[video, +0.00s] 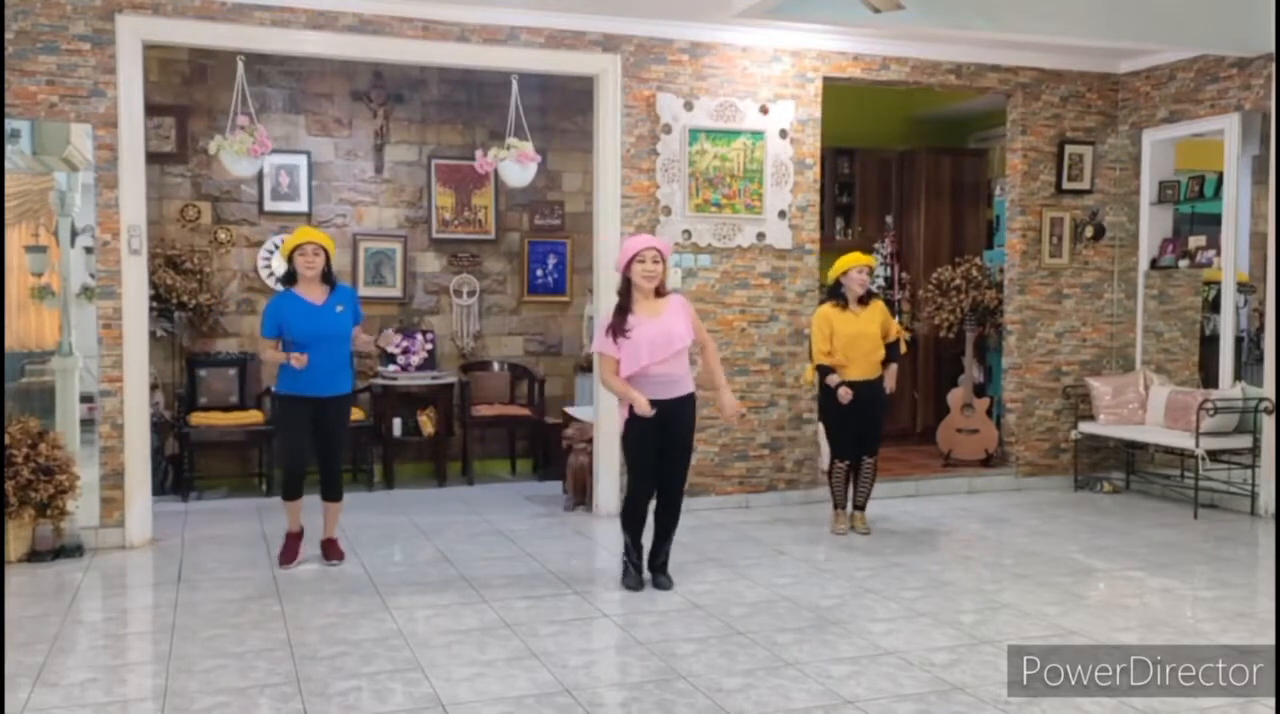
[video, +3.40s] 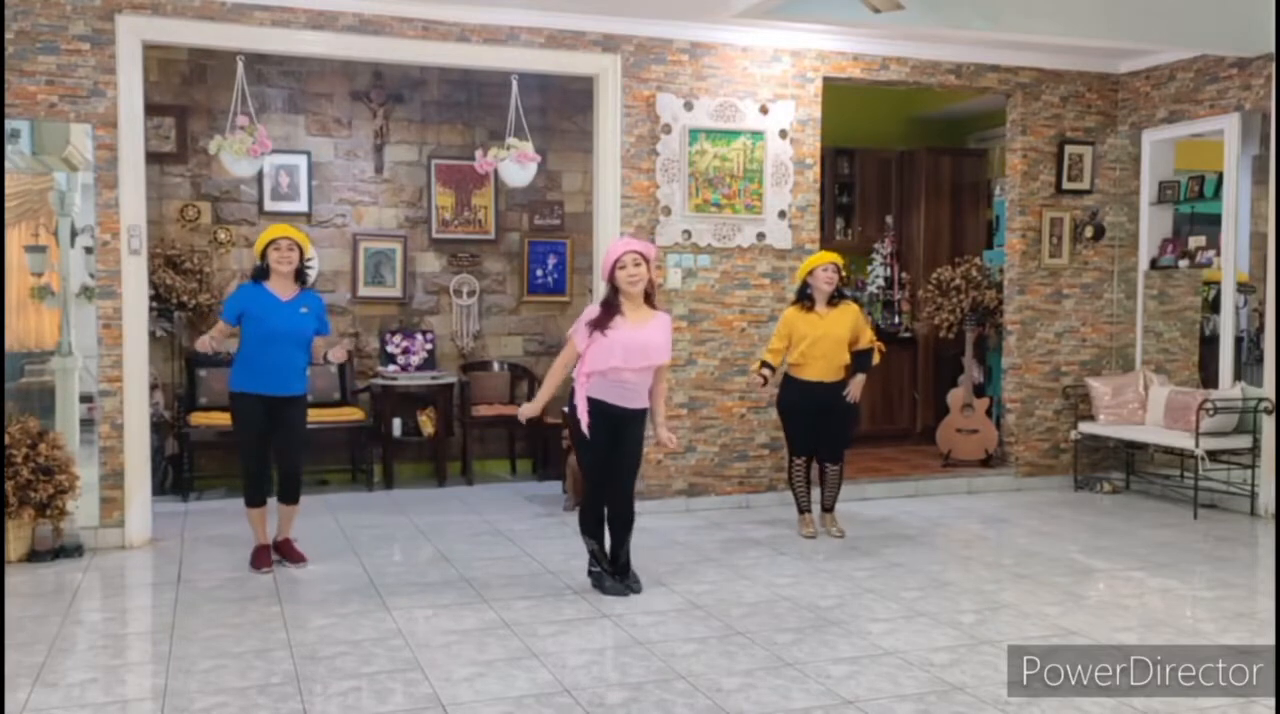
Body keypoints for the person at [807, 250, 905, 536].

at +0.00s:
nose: (865, 279)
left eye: (868, 273)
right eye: (859, 273)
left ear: (870, 278)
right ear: (842, 278)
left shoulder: (877, 308)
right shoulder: (825, 313)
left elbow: (894, 337)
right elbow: (820, 356)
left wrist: (891, 368)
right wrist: (836, 383)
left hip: (871, 387)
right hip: (837, 388)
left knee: (868, 452)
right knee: (841, 453)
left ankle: (859, 512)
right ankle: (839, 511)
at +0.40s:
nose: (856, 276)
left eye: (859, 271)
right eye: (849, 271)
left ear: (864, 278)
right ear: (834, 279)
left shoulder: (871, 314)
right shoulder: (818, 312)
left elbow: (888, 346)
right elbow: (801, 351)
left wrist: (880, 373)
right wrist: (794, 384)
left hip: (857, 391)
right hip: (821, 389)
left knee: (858, 453)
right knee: (818, 453)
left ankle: (857, 512)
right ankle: (811, 514)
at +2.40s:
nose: (858, 274)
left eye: (861, 269)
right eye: (851, 270)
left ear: (866, 276)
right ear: (837, 278)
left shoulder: (877, 309)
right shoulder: (825, 315)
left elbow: (895, 340)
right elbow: (816, 357)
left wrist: (890, 370)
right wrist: (825, 388)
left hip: (869, 388)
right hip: (835, 387)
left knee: (866, 452)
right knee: (834, 453)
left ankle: (858, 512)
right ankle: (832, 512)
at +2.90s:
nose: (843, 273)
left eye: (847, 269)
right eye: (836, 269)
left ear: (853, 277)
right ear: (823, 276)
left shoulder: (862, 313)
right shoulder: (807, 312)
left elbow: (875, 346)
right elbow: (791, 351)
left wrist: (869, 375)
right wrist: (784, 385)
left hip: (847, 390)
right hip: (809, 388)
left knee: (851, 453)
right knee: (808, 454)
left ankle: (855, 513)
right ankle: (805, 515)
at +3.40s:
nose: (831, 275)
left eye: (834, 271)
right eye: (824, 270)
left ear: (839, 279)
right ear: (809, 278)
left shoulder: (851, 312)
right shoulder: (793, 314)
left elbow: (865, 347)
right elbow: (776, 350)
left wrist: (860, 376)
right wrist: (764, 371)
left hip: (835, 393)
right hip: (797, 391)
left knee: (832, 456)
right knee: (800, 455)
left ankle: (828, 513)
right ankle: (805, 514)